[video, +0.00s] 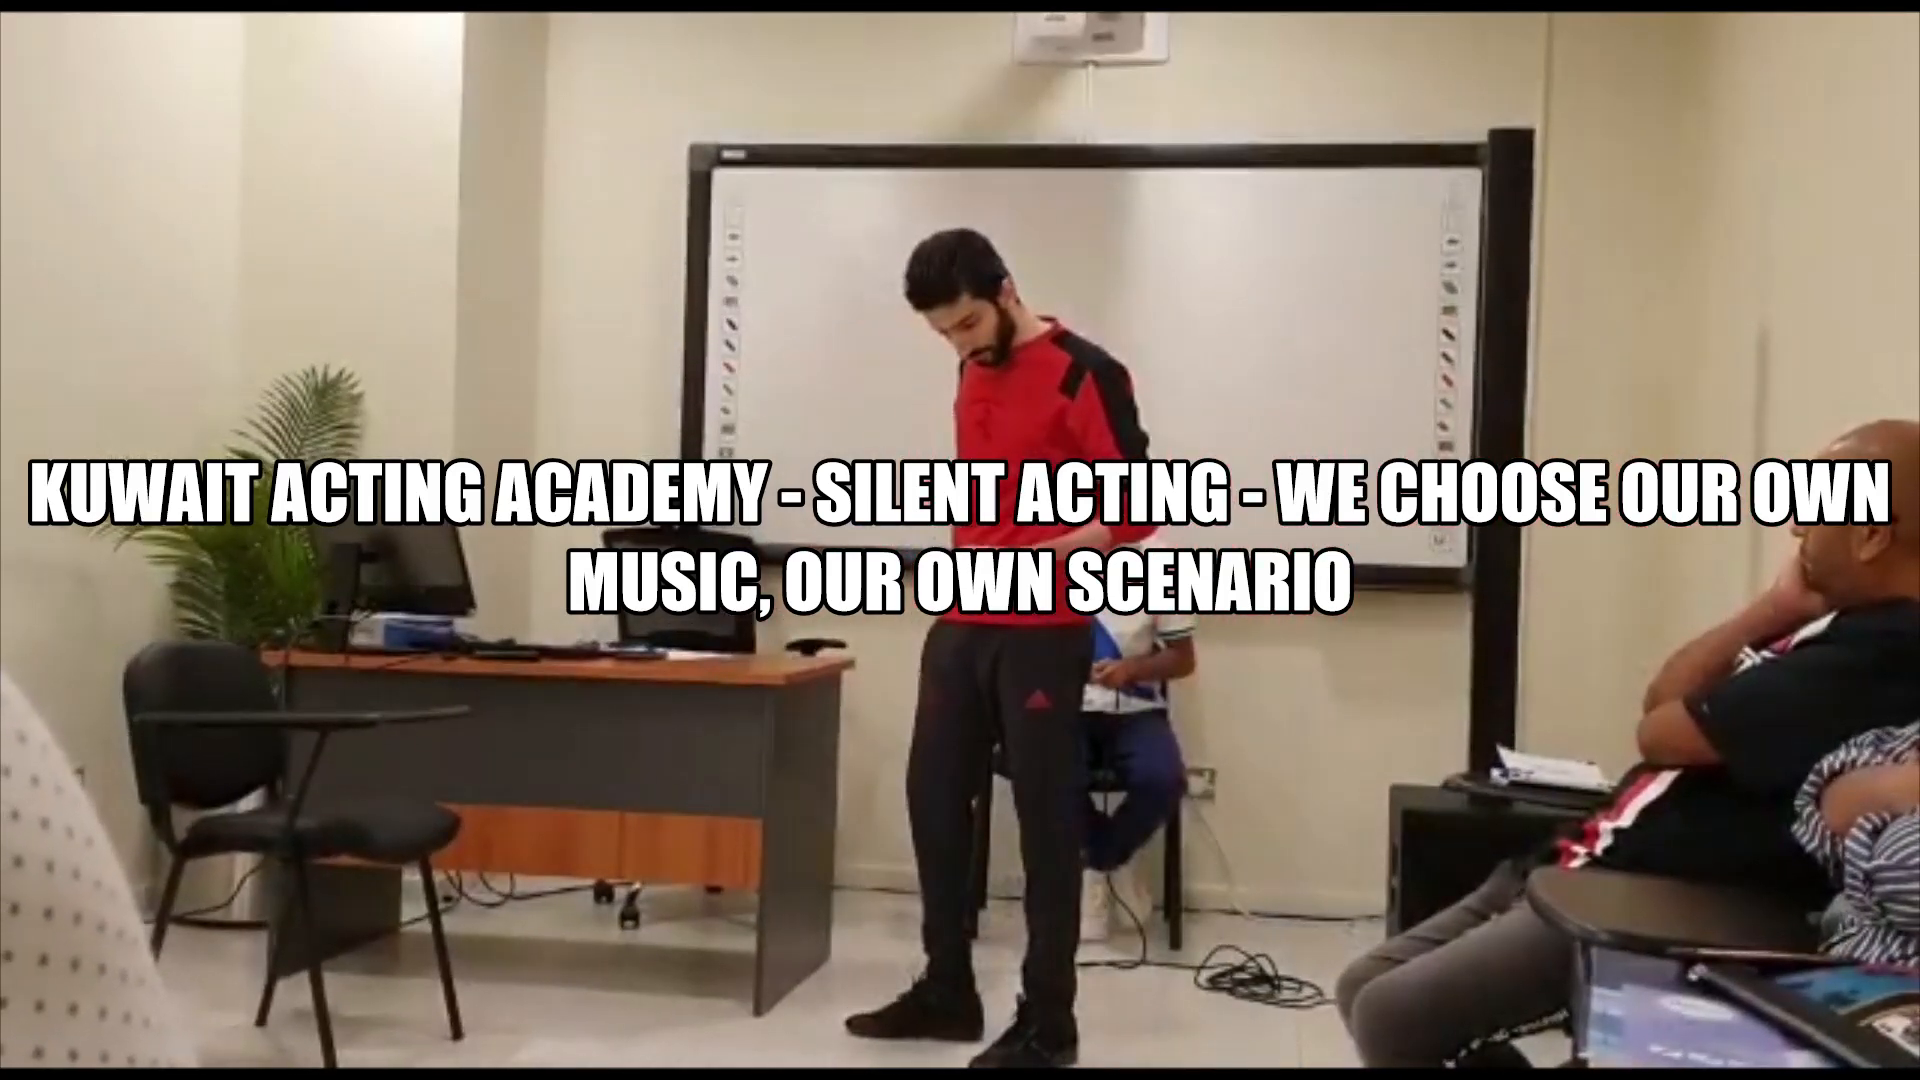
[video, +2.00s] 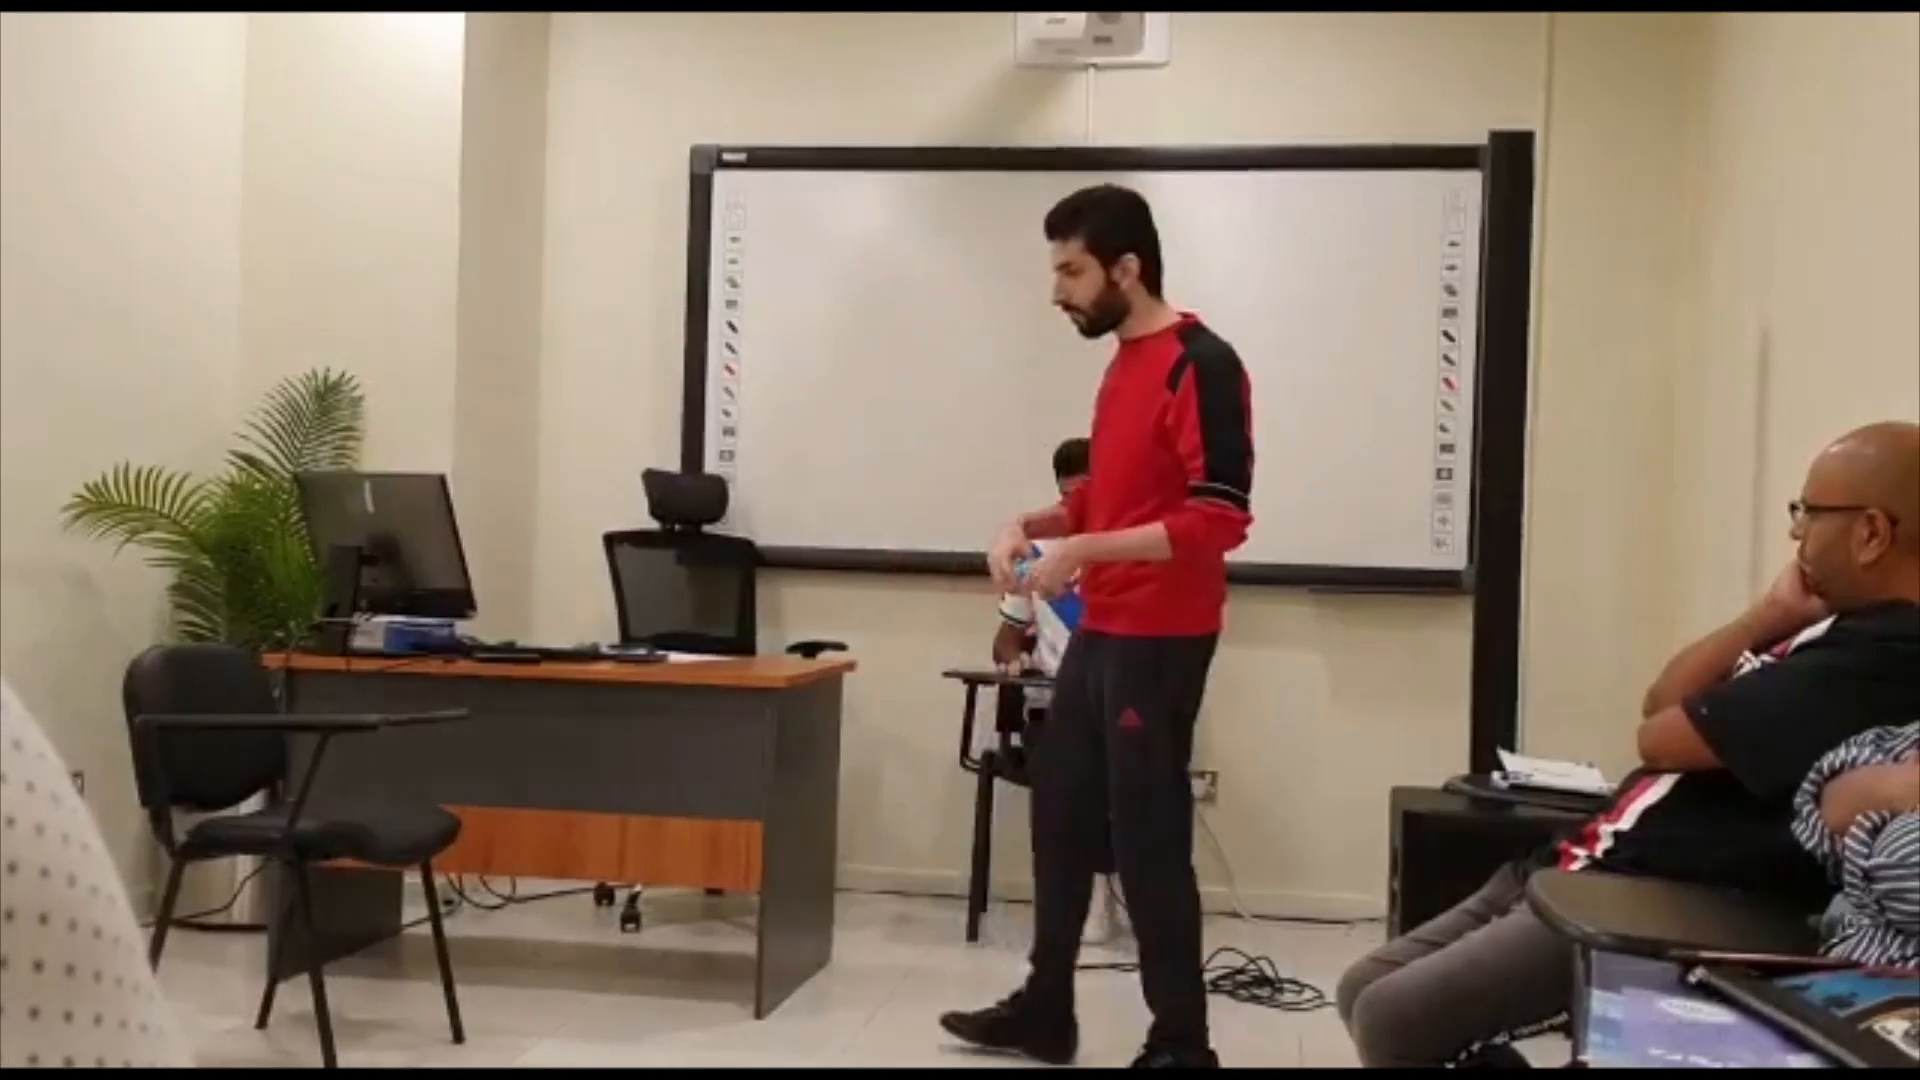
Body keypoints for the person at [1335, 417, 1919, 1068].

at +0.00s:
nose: (1798, 535)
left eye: (1816, 513)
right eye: (1803, 513)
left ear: (1877, 534)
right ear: (1876, 536)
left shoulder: (1883, 647)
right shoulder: (1848, 625)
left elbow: (1664, 737)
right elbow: (1666, 695)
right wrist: (1783, 604)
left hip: (1640, 903)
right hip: (1589, 861)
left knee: (1388, 1017)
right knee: (1363, 985)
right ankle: (1491, 1061)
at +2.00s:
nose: (1796, 538)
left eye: (1807, 517)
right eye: (1799, 516)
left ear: (1874, 532)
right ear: (1874, 532)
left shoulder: (1881, 651)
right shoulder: (1848, 628)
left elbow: (1663, 744)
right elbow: (1661, 702)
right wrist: (1778, 612)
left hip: (1640, 906)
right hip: (1586, 863)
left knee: (1388, 1022)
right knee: (1364, 987)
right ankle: (1486, 1060)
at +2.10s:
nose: (1797, 538)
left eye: (1808, 517)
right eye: (1800, 517)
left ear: (1875, 532)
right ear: (1876, 533)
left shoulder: (1883, 650)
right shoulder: (1848, 628)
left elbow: (1663, 743)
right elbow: (1661, 700)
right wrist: (1777, 613)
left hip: (1640, 906)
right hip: (1586, 862)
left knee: (1388, 1021)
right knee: (1363, 987)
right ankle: (1487, 1061)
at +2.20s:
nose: (1798, 537)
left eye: (1810, 516)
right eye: (1802, 515)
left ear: (1877, 533)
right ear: (1878, 533)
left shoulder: (1883, 650)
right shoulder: (1851, 628)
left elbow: (1663, 743)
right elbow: (1662, 700)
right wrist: (1777, 612)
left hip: (1639, 907)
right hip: (1586, 863)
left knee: (1388, 1022)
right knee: (1364, 987)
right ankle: (1484, 1060)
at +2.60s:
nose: (1802, 534)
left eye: (1814, 514)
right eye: (1806, 513)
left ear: (1880, 533)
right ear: (1881, 534)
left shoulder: (1883, 652)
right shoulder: (1854, 628)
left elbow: (1664, 741)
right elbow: (1663, 699)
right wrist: (1779, 612)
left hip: (1639, 906)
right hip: (1588, 862)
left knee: (1387, 1021)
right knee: (1362, 988)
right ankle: (1485, 1060)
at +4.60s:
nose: (1800, 538)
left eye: (1812, 517)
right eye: (1804, 517)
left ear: (1880, 534)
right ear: (1880, 535)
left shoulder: (1882, 653)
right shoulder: (1857, 629)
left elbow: (1668, 743)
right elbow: (1668, 703)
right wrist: (1781, 614)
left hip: (1641, 906)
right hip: (1592, 865)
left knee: (1387, 1023)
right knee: (1366, 989)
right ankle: (1476, 1064)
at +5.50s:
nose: (1800, 535)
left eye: (1813, 515)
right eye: (1804, 515)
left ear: (1880, 534)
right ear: (1880, 534)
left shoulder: (1879, 654)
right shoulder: (1856, 629)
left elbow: (1665, 742)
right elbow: (1664, 703)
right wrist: (1782, 612)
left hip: (1628, 909)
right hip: (1580, 865)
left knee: (1385, 1023)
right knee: (1363, 990)